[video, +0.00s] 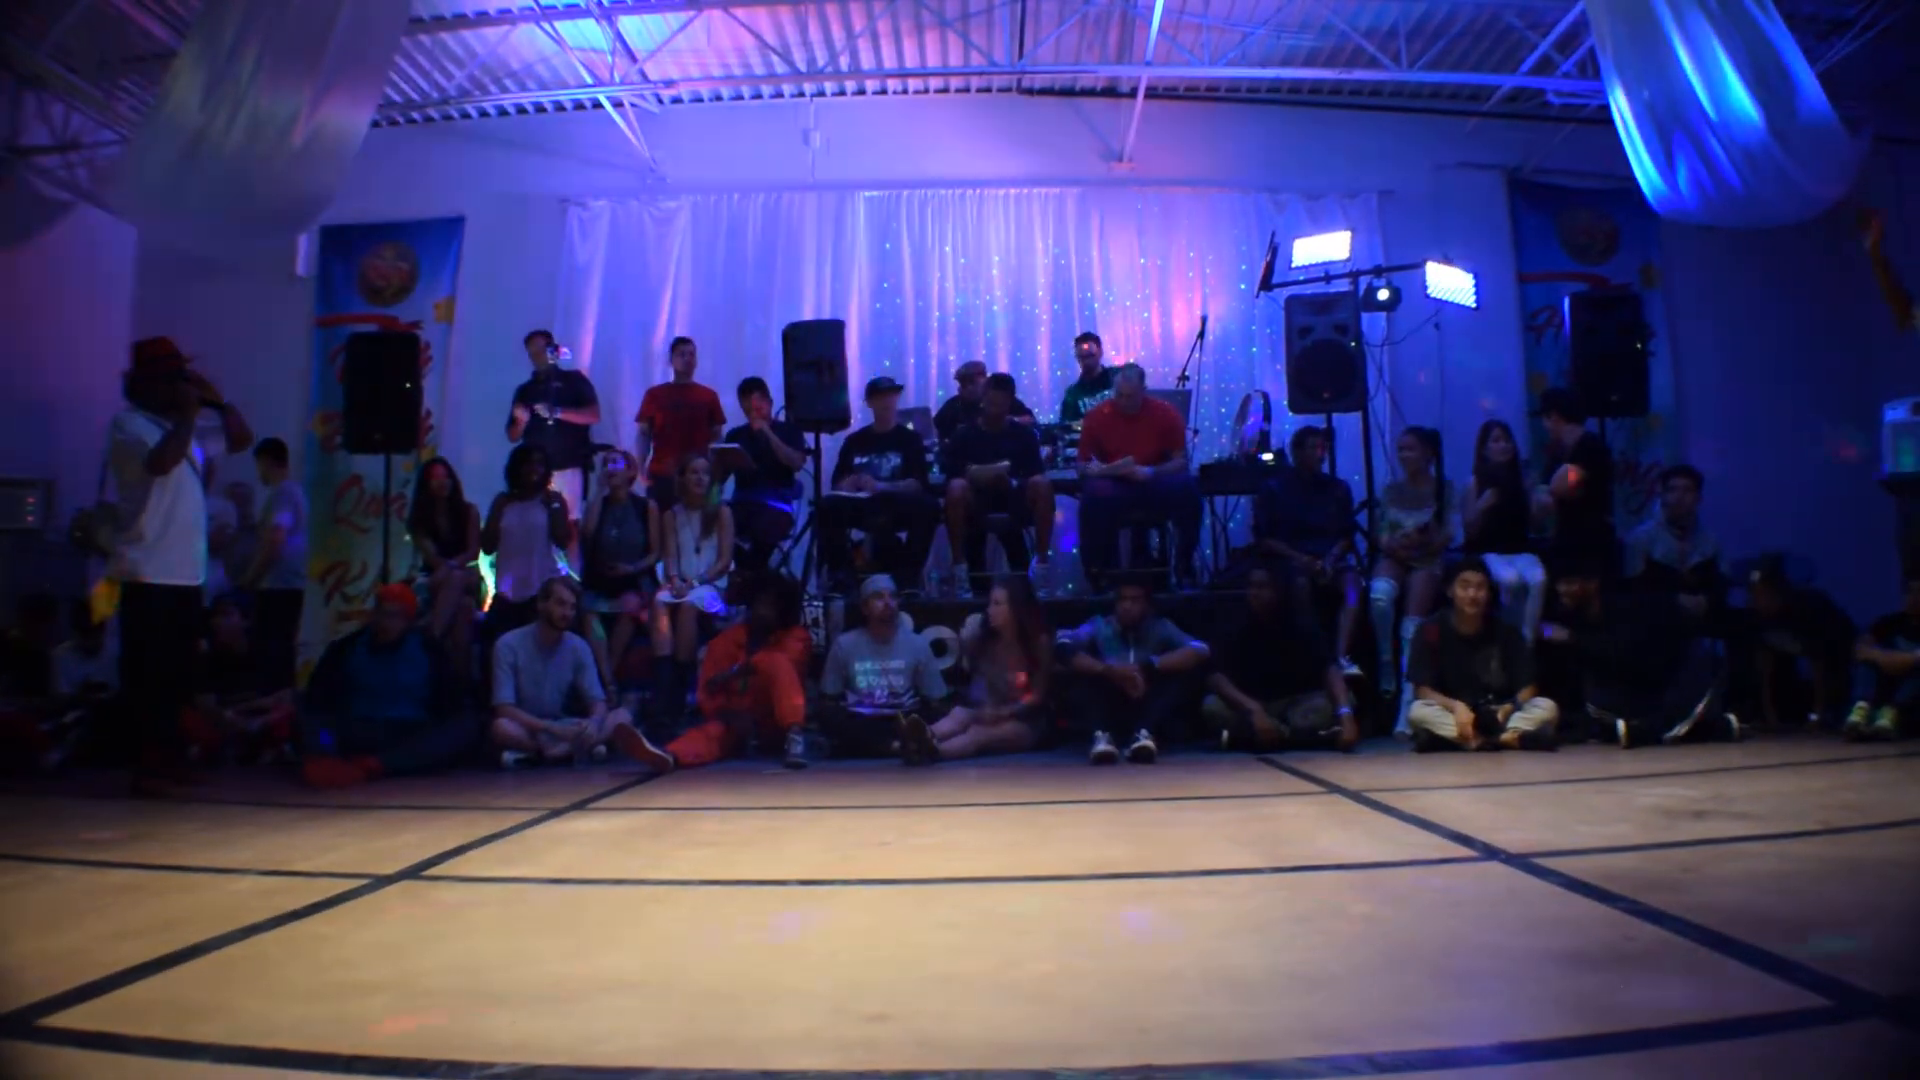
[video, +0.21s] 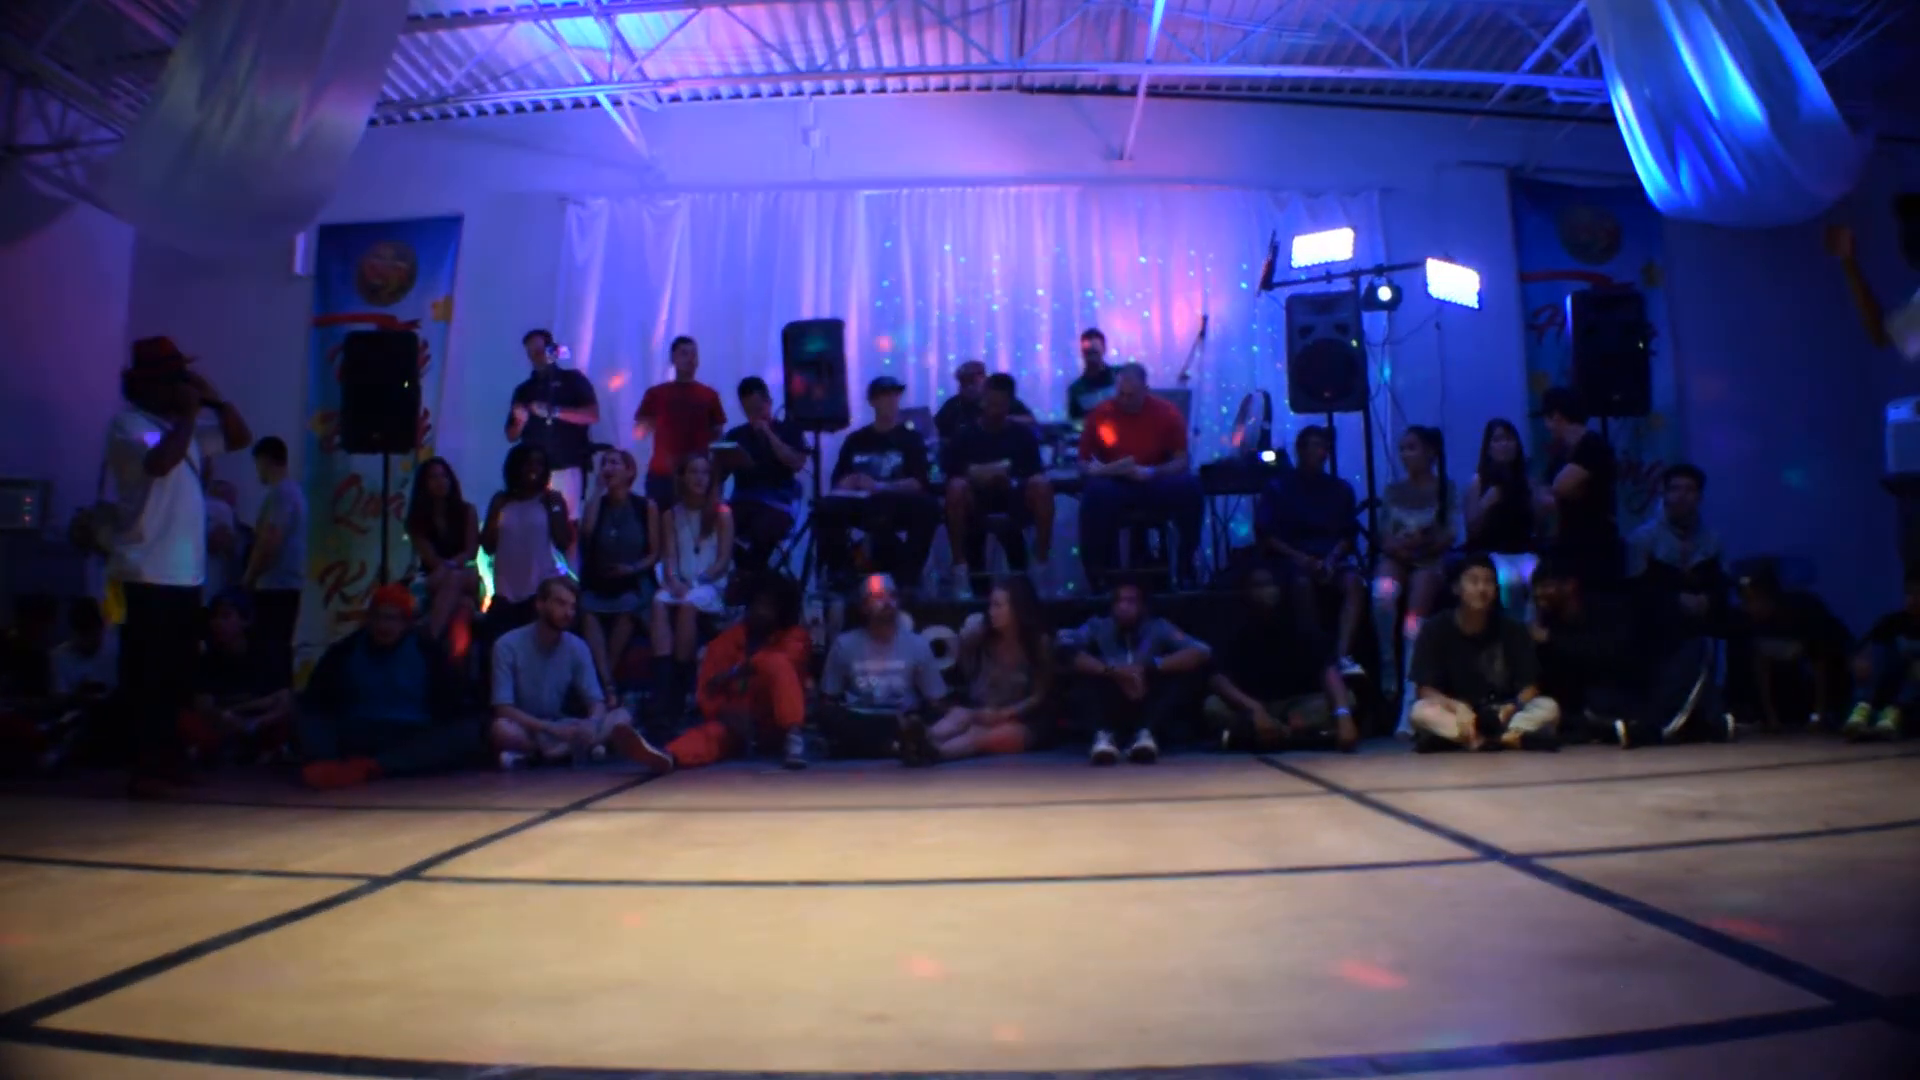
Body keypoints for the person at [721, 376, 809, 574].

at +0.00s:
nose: (755, 406)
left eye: (760, 400)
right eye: (748, 401)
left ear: (769, 403)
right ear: (742, 406)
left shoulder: (789, 431)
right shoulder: (736, 435)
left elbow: (797, 462)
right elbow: (719, 478)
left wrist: (768, 433)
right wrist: (725, 459)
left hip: (778, 499)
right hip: (745, 498)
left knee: (768, 529)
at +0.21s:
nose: (757, 412)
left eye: (761, 404)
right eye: (751, 407)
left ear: (769, 403)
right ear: (743, 407)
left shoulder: (788, 431)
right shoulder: (737, 435)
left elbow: (797, 463)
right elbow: (718, 475)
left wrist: (768, 434)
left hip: (777, 497)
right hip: (744, 497)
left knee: (767, 531)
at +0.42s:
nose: (755, 414)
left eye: (758, 408)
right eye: (749, 410)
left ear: (770, 404)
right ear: (743, 409)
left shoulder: (789, 431)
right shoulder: (736, 436)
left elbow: (798, 463)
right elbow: (720, 476)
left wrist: (769, 434)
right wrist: (723, 460)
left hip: (776, 499)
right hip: (743, 500)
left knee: (769, 530)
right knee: (719, 523)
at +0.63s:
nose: (755, 414)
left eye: (758, 407)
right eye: (749, 410)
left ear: (769, 404)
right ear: (743, 409)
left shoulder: (790, 432)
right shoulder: (736, 436)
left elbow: (798, 464)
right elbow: (720, 478)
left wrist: (770, 435)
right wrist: (722, 459)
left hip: (777, 500)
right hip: (743, 499)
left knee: (770, 529)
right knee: (718, 520)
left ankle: (754, 571)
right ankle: (743, 564)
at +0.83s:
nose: (754, 414)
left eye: (757, 407)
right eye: (748, 409)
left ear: (768, 403)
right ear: (742, 408)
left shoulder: (790, 432)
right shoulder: (737, 436)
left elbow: (803, 468)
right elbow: (718, 479)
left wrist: (776, 458)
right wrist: (723, 459)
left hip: (777, 501)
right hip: (743, 500)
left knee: (767, 531)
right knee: (723, 526)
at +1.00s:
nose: (754, 414)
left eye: (757, 407)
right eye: (748, 410)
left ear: (769, 403)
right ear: (742, 409)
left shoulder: (790, 432)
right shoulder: (737, 435)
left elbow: (803, 468)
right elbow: (719, 478)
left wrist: (773, 463)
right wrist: (723, 459)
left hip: (777, 502)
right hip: (743, 501)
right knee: (721, 524)